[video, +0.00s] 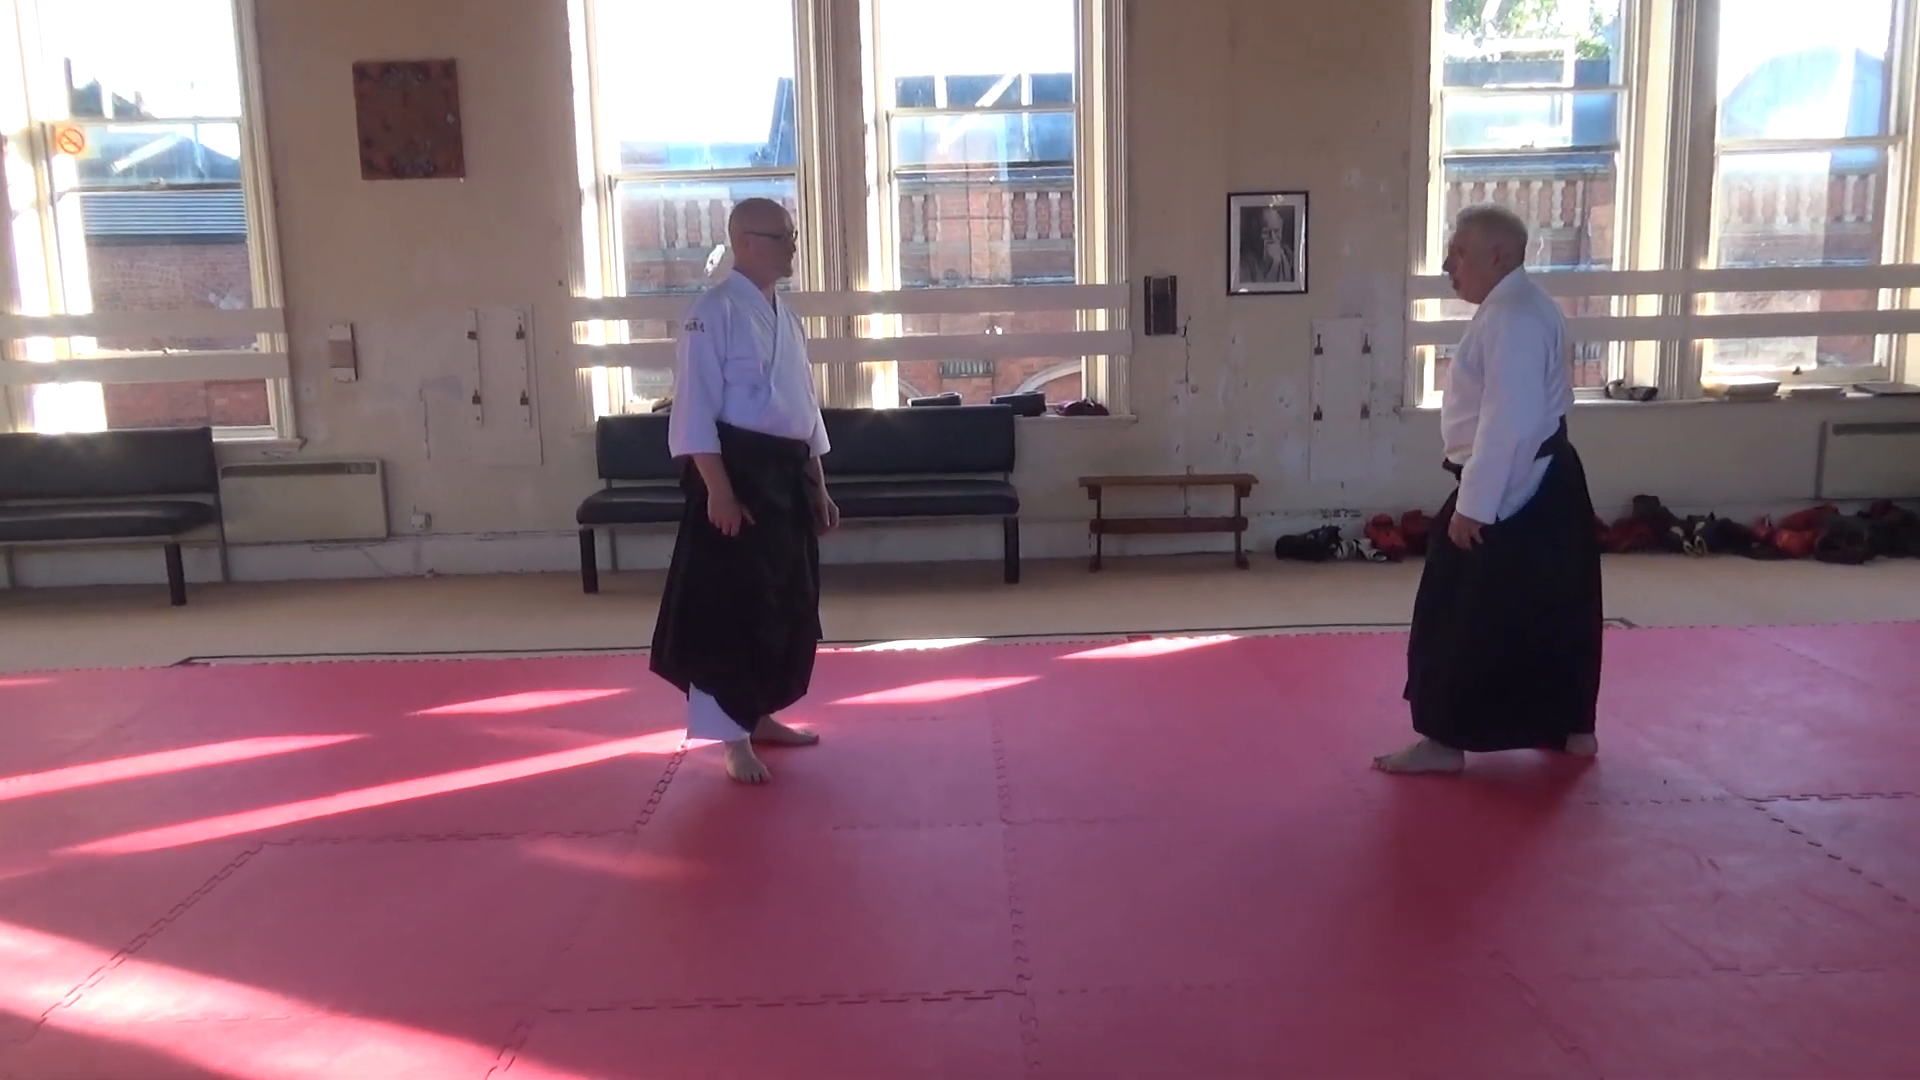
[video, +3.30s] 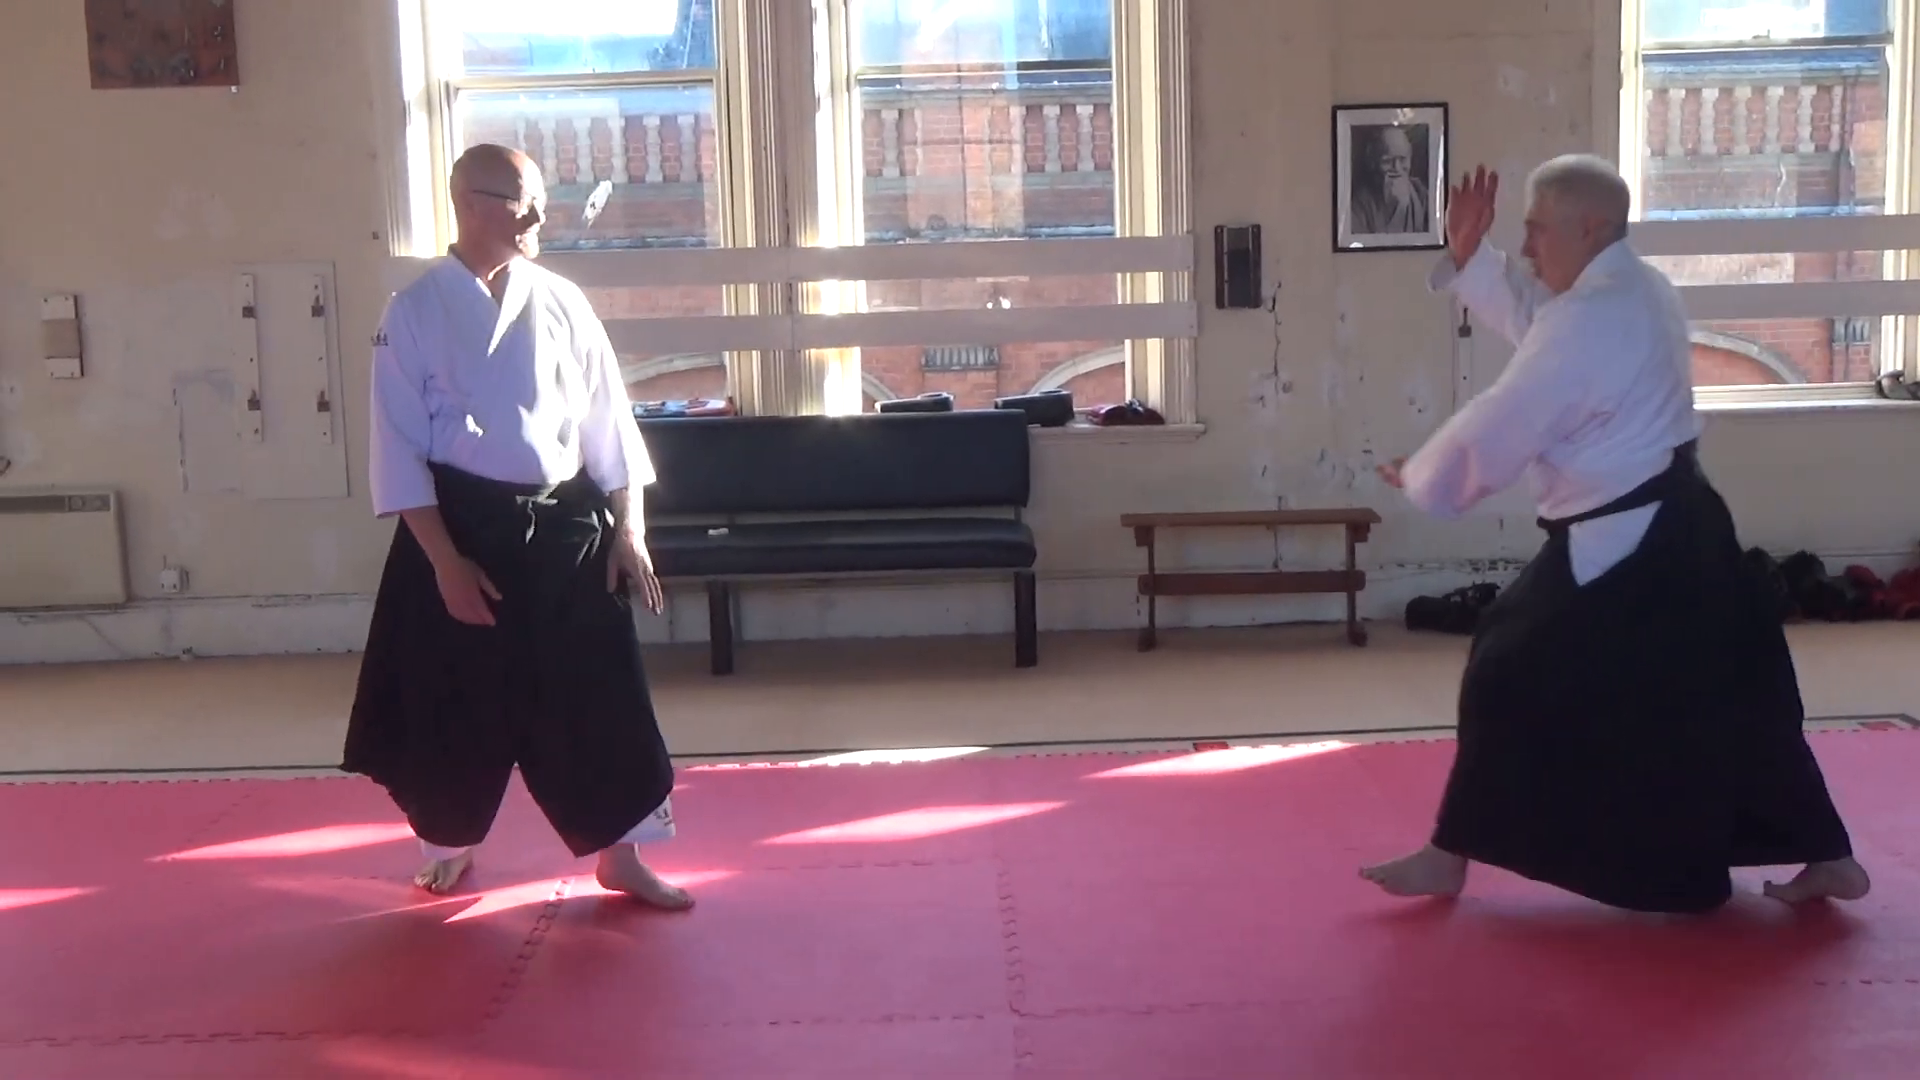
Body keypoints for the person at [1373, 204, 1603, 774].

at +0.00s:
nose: (1449, 265)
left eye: (1459, 253)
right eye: (1450, 253)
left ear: (1498, 255)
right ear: (1503, 257)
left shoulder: (1511, 315)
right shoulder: (1531, 305)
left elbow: (1509, 419)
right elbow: (1531, 407)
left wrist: (1472, 503)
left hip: (1505, 483)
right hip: (1549, 477)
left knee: (1453, 611)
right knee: (1559, 605)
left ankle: (1442, 740)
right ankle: (1575, 727)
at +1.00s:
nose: (1477, 269)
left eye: (1487, 258)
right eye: (1479, 257)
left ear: (1528, 262)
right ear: (1531, 263)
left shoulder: (1543, 317)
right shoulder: (1556, 309)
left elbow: (1497, 360)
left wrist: (1433, 394)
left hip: (1514, 504)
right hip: (1555, 497)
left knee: (1460, 634)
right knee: (1567, 633)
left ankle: (1451, 776)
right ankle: (1586, 764)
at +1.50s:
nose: (1453, 288)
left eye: (1464, 277)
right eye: (1454, 277)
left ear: (1505, 277)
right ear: (1508, 279)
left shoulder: (1518, 345)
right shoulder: (1515, 335)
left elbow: (1481, 454)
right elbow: (1460, 438)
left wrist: (1415, 513)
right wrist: (1400, 486)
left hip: (1500, 523)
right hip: (1542, 514)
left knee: (1453, 654)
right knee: (1555, 649)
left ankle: (1438, 792)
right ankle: (1576, 779)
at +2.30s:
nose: (1542, 263)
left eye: (1553, 248)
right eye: (1541, 248)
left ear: (1602, 247)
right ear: (1602, 249)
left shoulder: (1623, 323)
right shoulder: (1599, 312)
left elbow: (1554, 440)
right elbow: (1527, 396)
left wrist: (1492, 485)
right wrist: (1447, 452)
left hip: (1603, 530)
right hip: (1636, 521)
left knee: (1542, 681)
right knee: (1657, 682)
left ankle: (1525, 850)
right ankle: (1686, 836)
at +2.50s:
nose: (1647, 215)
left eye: (1660, 199)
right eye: (1646, 199)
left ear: (1715, 197)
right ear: (1711, 199)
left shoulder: (1736, 287)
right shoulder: (1711, 273)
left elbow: (1648, 421)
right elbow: (1623, 366)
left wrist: (1582, 464)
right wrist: (1528, 427)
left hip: (1709, 526)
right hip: (1747, 516)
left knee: (1638, 703)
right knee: (1770, 704)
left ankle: (1615, 894)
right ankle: (1801, 879)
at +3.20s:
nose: (1583, 232)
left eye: (1595, 216)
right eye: (1583, 215)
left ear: (1646, 219)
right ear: (1656, 221)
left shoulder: (1645, 307)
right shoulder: (1697, 279)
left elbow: (1566, 423)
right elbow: (1581, 351)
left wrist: (1511, 478)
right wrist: (1486, 313)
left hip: (1661, 531)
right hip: (1727, 515)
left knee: (1548, 665)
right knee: (1767, 690)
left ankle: (1507, 856)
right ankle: (1830, 861)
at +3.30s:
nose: (1526, 242)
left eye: (1537, 226)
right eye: (1527, 225)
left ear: (1588, 231)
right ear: (1599, 229)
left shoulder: (1585, 317)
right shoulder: (1637, 286)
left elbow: (1504, 420)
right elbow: (1538, 324)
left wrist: (1423, 475)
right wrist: (1470, 259)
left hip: (1618, 534)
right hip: (1681, 516)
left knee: (1498, 666)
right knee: (1744, 691)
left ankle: (1446, 853)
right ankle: (1830, 855)